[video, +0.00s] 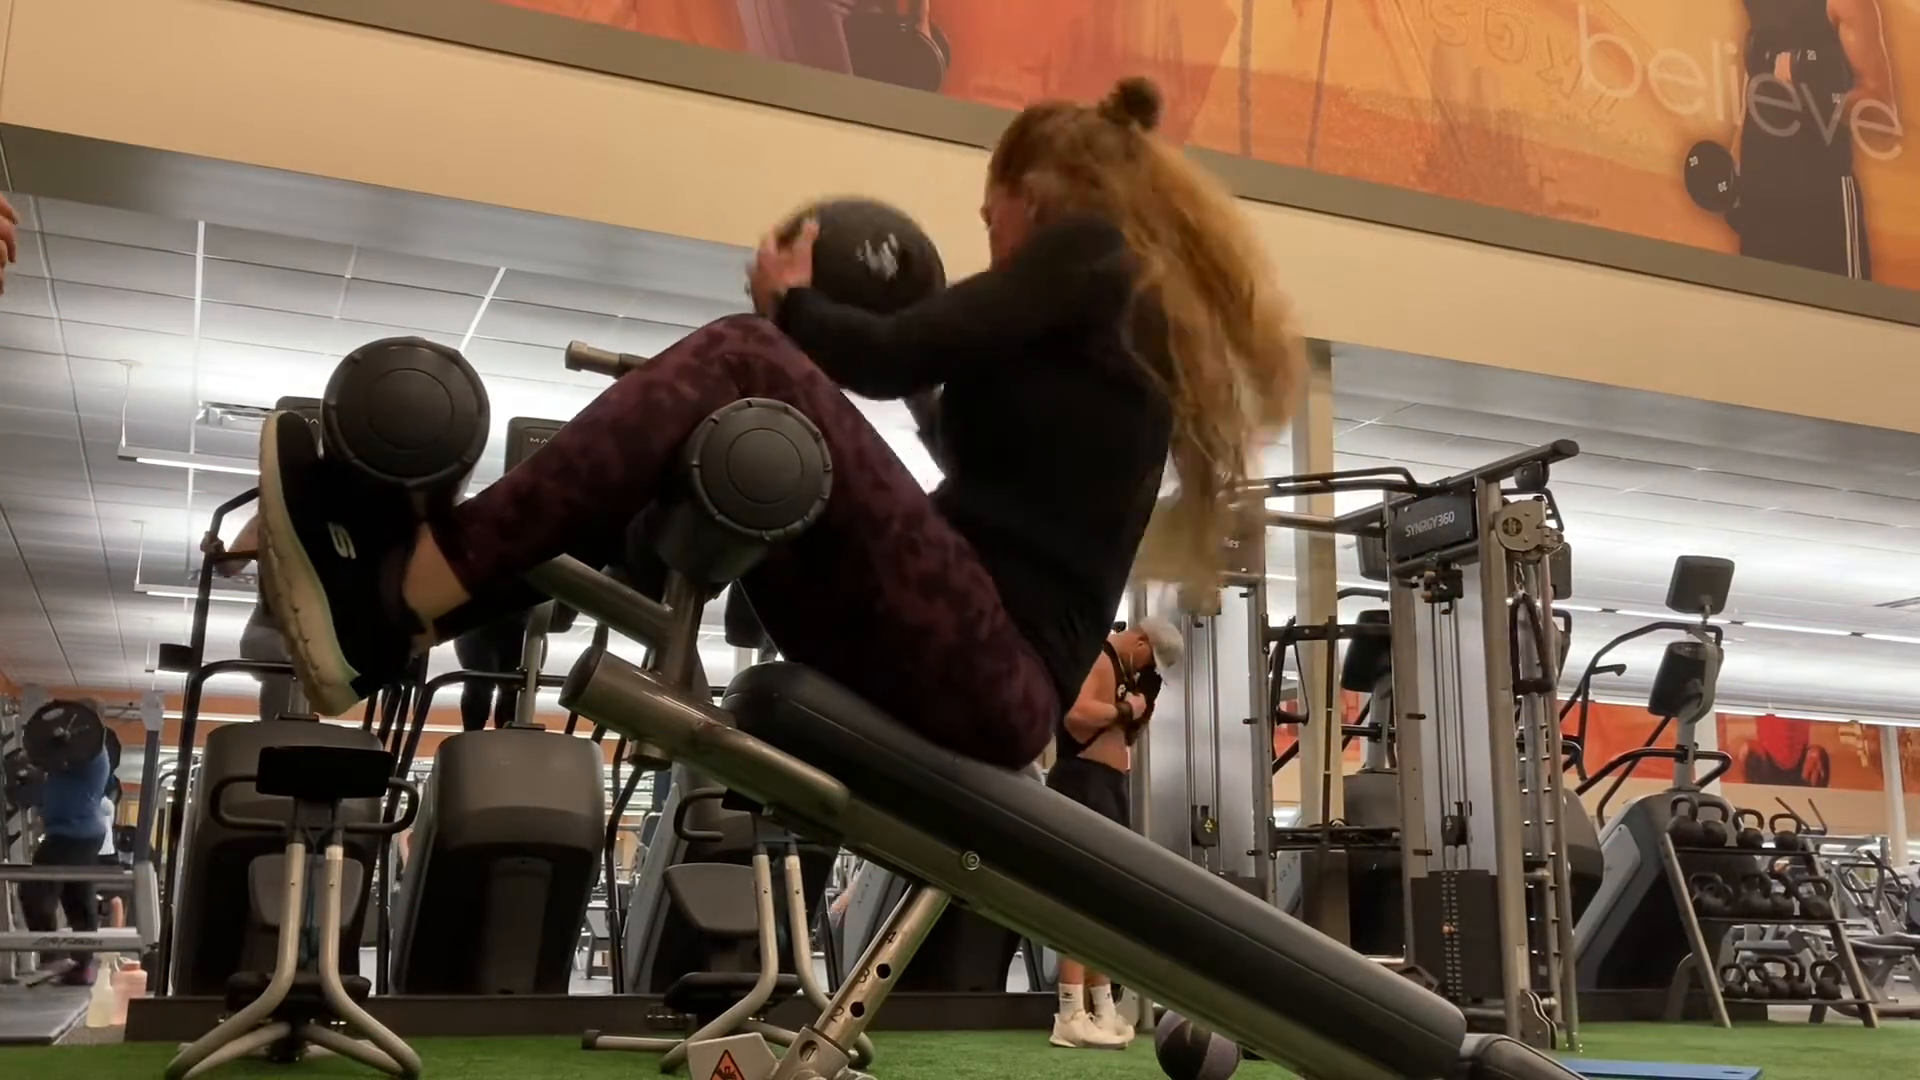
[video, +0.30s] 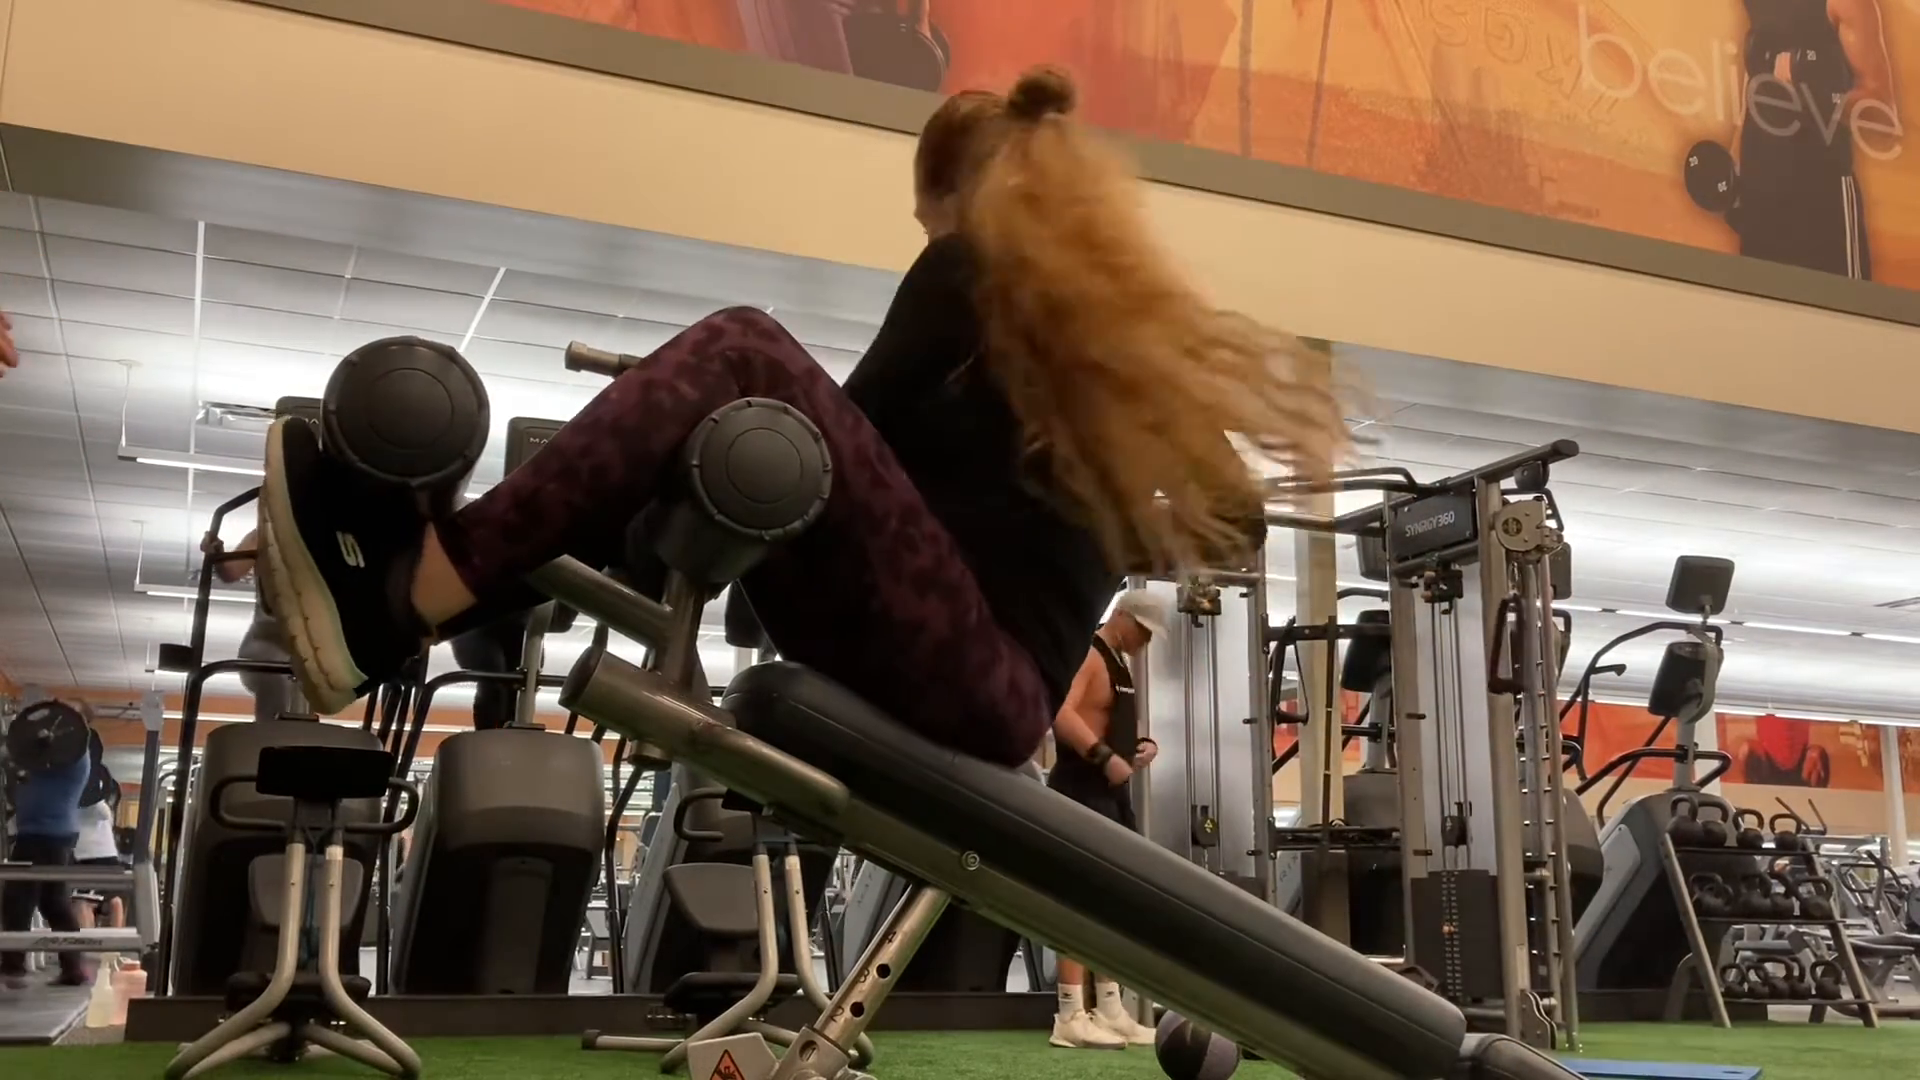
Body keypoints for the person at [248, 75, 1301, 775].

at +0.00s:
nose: (997, 229)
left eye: (1008, 205)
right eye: (999, 211)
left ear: (1060, 191)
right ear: (1076, 196)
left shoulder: (1097, 259)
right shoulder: (1067, 310)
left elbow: (900, 350)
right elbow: (917, 370)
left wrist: (781, 304)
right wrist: (812, 319)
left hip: (996, 679)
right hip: (947, 658)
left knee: (754, 361)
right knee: (734, 380)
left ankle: (426, 583)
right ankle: (399, 597)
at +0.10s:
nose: (969, 206)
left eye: (982, 181)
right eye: (973, 185)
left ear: (1032, 178)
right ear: (1081, 186)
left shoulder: (1043, 261)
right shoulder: (1110, 325)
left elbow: (853, 354)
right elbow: (911, 417)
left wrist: (832, 344)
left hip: (977, 664)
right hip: (971, 659)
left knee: (746, 353)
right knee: (737, 356)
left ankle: (418, 593)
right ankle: (410, 588)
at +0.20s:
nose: (945, 203)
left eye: (952, 182)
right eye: (946, 183)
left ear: (994, 174)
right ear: (1059, 176)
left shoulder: (994, 259)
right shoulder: (1115, 320)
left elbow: (850, 410)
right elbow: (1183, 541)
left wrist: (720, 434)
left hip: (972, 666)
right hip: (974, 669)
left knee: (741, 355)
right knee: (727, 366)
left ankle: (426, 589)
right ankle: (407, 593)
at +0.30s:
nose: (924, 218)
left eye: (931, 196)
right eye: (926, 198)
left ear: (970, 183)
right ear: (1038, 179)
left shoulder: (974, 265)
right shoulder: (1092, 314)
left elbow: (862, 426)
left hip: (966, 676)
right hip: (973, 679)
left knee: (741, 354)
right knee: (738, 351)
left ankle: (426, 590)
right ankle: (402, 597)